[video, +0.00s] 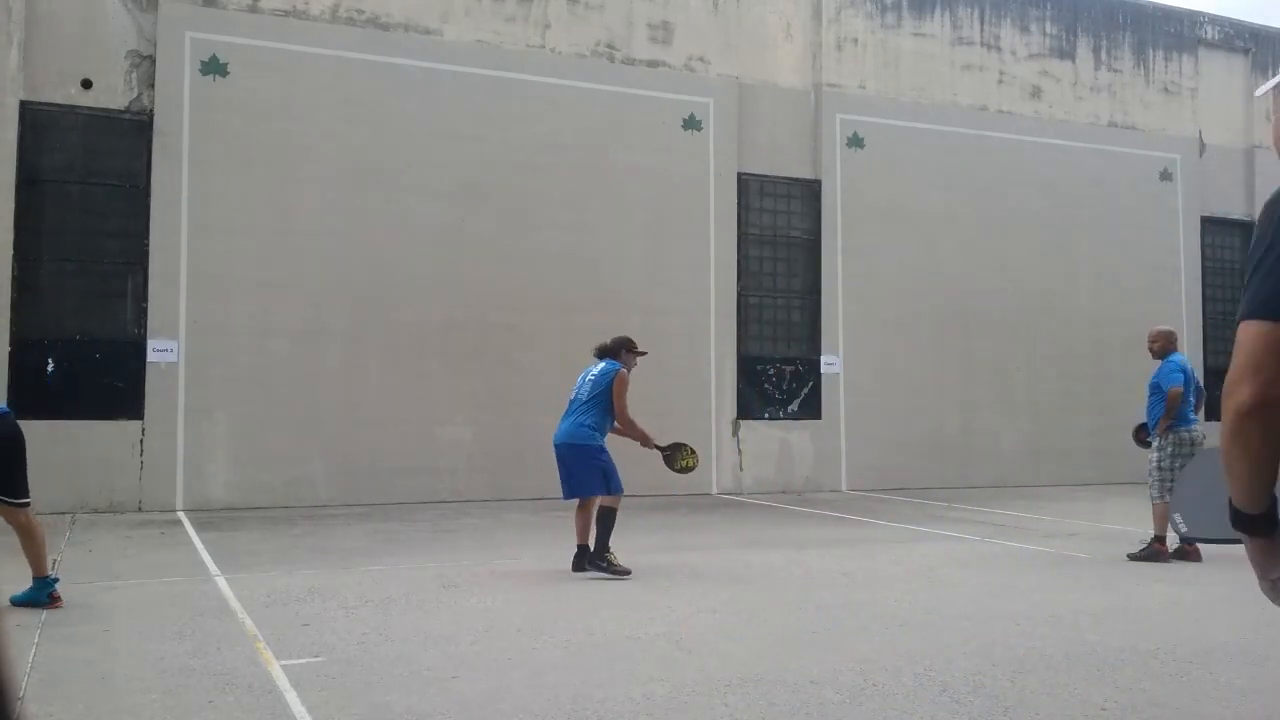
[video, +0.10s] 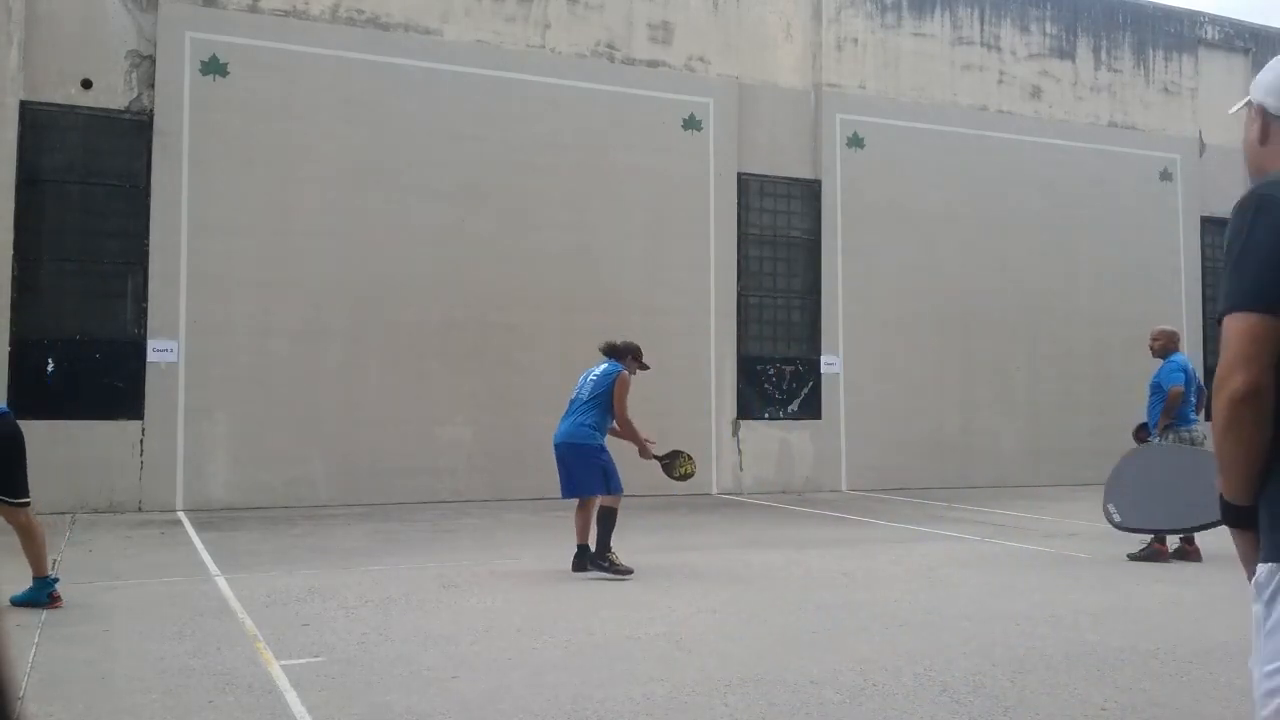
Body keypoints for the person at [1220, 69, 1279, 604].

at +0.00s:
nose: (1271, 132)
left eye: (1272, 118)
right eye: (1272, 118)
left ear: (1276, 128)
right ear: (1274, 132)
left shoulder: (1276, 211)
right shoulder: (1273, 214)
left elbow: (1250, 398)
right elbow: (1250, 399)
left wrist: (1255, 522)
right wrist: (1256, 523)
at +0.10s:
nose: (1245, 138)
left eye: (1248, 121)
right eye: (1246, 121)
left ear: (1266, 123)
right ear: (1275, 125)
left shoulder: (1267, 204)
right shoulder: (1259, 206)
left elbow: (1244, 383)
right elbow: (1245, 382)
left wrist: (1239, 509)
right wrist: (1241, 508)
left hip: (1279, 544)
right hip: (1274, 545)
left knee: (1273, 698)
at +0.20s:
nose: (1219, 148)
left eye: (1221, 132)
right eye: (1221, 133)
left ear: (1236, 133)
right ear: (1272, 137)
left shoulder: (1247, 203)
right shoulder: (1250, 209)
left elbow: (1220, 372)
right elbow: (1231, 368)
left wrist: (1203, 496)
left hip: (1262, 528)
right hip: (1260, 523)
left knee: (1229, 705)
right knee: (1233, 700)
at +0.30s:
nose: (1198, 155)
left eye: (1199, 141)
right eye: (1200, 142)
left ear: (1211, 142)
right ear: (1278, 146)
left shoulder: (1221, 205)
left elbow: (1192, 356)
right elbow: (1265, 347)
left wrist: (1163, 470)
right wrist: (1188, 342)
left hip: (1243, 524)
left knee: (1187, 706)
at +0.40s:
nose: (1170, 164)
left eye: (1172, 151)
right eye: (1173, 152)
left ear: (1183, 150)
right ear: (1262, 156)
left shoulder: (1189, 202)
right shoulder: (1275, 206)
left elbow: (1163, 345)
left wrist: (1135, 456)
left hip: (1225, 511)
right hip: (1271, 507)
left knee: (1168, 702)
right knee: (1259, 697)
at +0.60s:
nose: (1118, 178)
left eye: (1117, 168)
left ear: (1123, 168)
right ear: (1203, 172)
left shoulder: (1125, 219)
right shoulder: (1264, 234)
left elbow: (1099, 351)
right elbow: (1255, 370)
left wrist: (1053, 471)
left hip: (1172, 514)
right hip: (1268, 507)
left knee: (1155, 701)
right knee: (1260, 695)